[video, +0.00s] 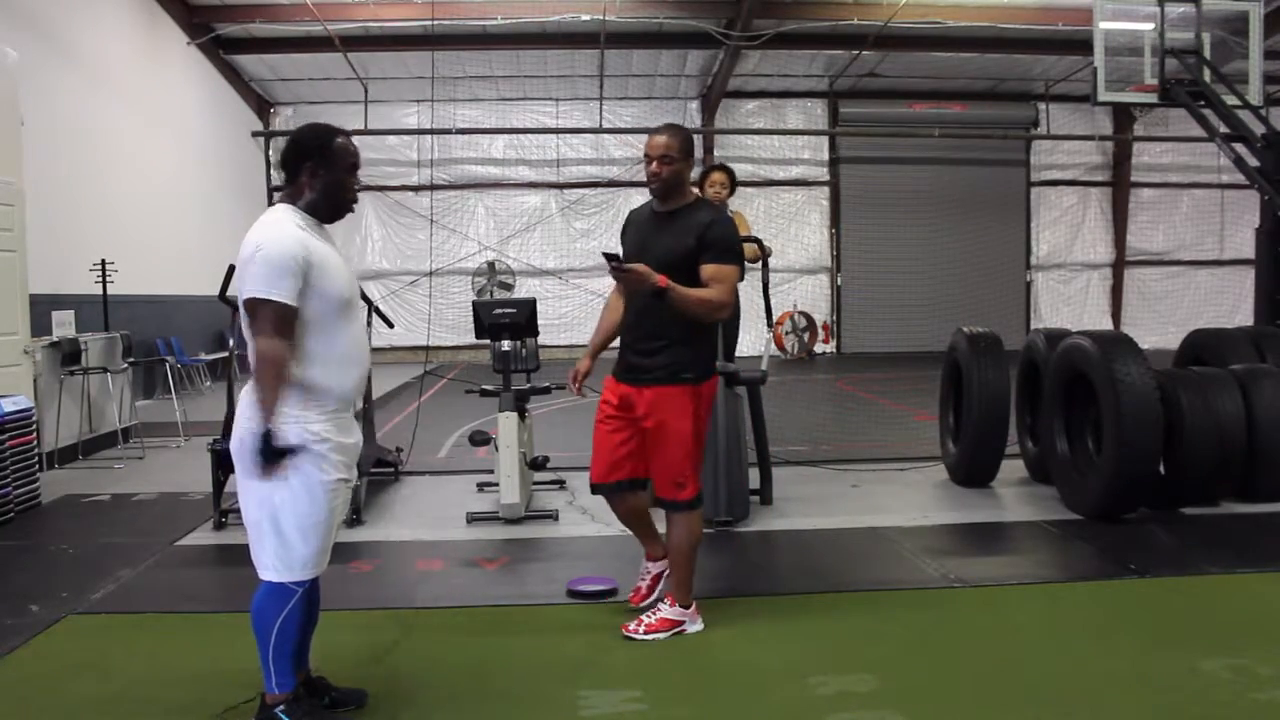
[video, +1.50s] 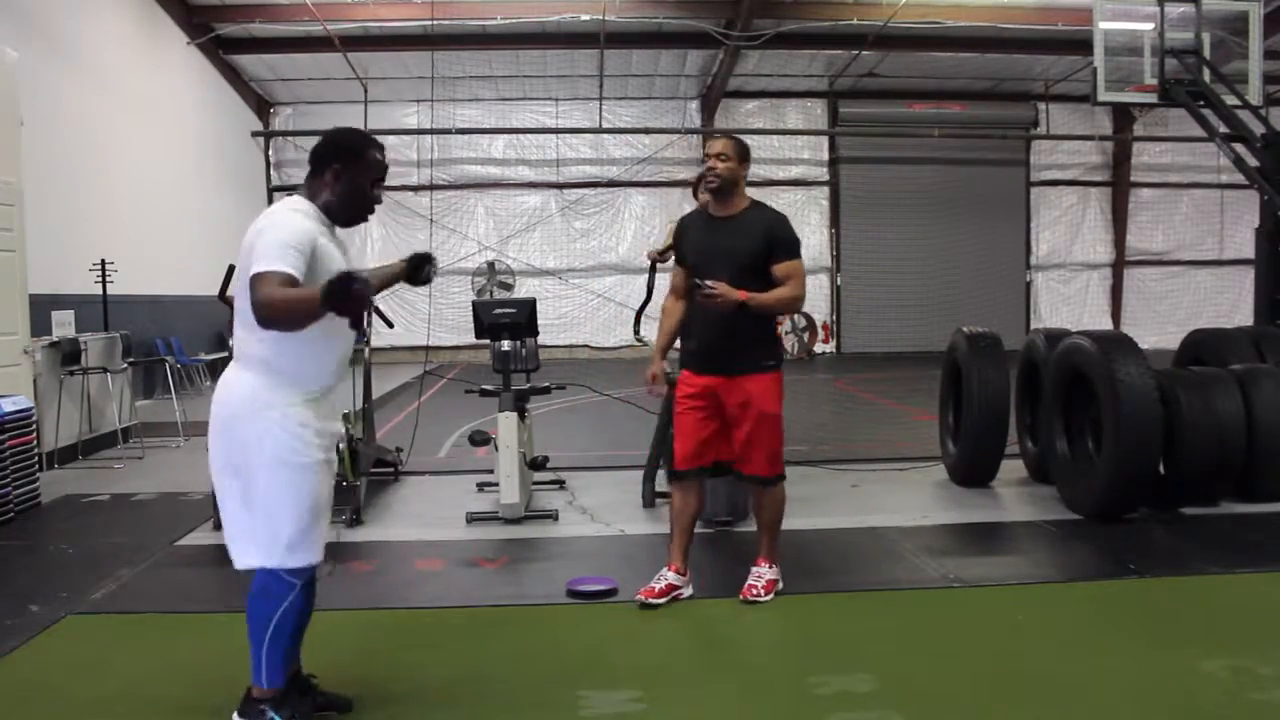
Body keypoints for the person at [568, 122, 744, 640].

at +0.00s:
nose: (654, 168)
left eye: (666, 160)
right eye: (648, 160)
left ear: (690, 164)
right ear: (644, 164)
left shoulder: (715, 223)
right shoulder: (637, 223)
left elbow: (721, 303)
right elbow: (622, 295)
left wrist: (657, 285)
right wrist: (591, 352)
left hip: (682, 380)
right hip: (629, 376)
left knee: (678, 492)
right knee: (612, 480)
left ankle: (681, 603)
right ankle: (659, 553)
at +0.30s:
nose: (661, 166)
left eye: (672, 159)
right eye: (654, 158)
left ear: (689, 165)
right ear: (645, 164)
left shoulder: (713, 223)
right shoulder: (627, 227)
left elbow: (724, 300)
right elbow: (611, 296)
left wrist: (674, 276)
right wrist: (585, 351)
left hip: (682, 377)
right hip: (630, 376)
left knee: (679, 490)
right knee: (638, 487)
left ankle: (682, 605)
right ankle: (671, 571)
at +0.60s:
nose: (641, 165)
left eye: (651, 158)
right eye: (636, 159)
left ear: (672, 167)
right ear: (630, 170)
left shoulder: (704, 219)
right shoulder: (624, 233)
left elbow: (733, 290)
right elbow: (614, 306)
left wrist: (675, 288)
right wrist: (597, 369)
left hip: (688, 375)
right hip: (638, 376)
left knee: (683, 486)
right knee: (649, 483)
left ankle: (682, 603)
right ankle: (674, 575)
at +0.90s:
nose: (637, 168)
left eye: (648, 160)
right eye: (633, 162)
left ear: (673, 169)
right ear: (630, 173)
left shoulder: (708, 216)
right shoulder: (631, 239)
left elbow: (743, 280)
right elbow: (631, 310)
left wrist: (680, 288)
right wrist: (620, 374)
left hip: (705, 370)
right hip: (653, 373)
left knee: (703, 476)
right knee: (660, 477)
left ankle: (722, 584)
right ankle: (675, 575)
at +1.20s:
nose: (669, 166)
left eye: (680, 159)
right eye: (665, 160)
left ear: (703, 168)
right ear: (662, 170)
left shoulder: (735, 219)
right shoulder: (660, 234)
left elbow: (761, 286)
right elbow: (651, 304)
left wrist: (697, 290)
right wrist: (630, 362)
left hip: (723, 374)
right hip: (671, 373)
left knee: (738, 476)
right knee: (672, 475)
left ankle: (762, 563)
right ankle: (675, 572)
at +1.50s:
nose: (712, 165)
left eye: (723, 159)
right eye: (708, 158)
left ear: (744, 169)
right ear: (701, 168)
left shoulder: (771, 225)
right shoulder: (689, 227)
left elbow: (794, 294)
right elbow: (677, 294)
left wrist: (740, 296)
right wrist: (658, 353)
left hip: (755, 373)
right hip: (697, 372)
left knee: (764, 473)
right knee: (683, 470)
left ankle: (767, 564)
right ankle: (676, 570)